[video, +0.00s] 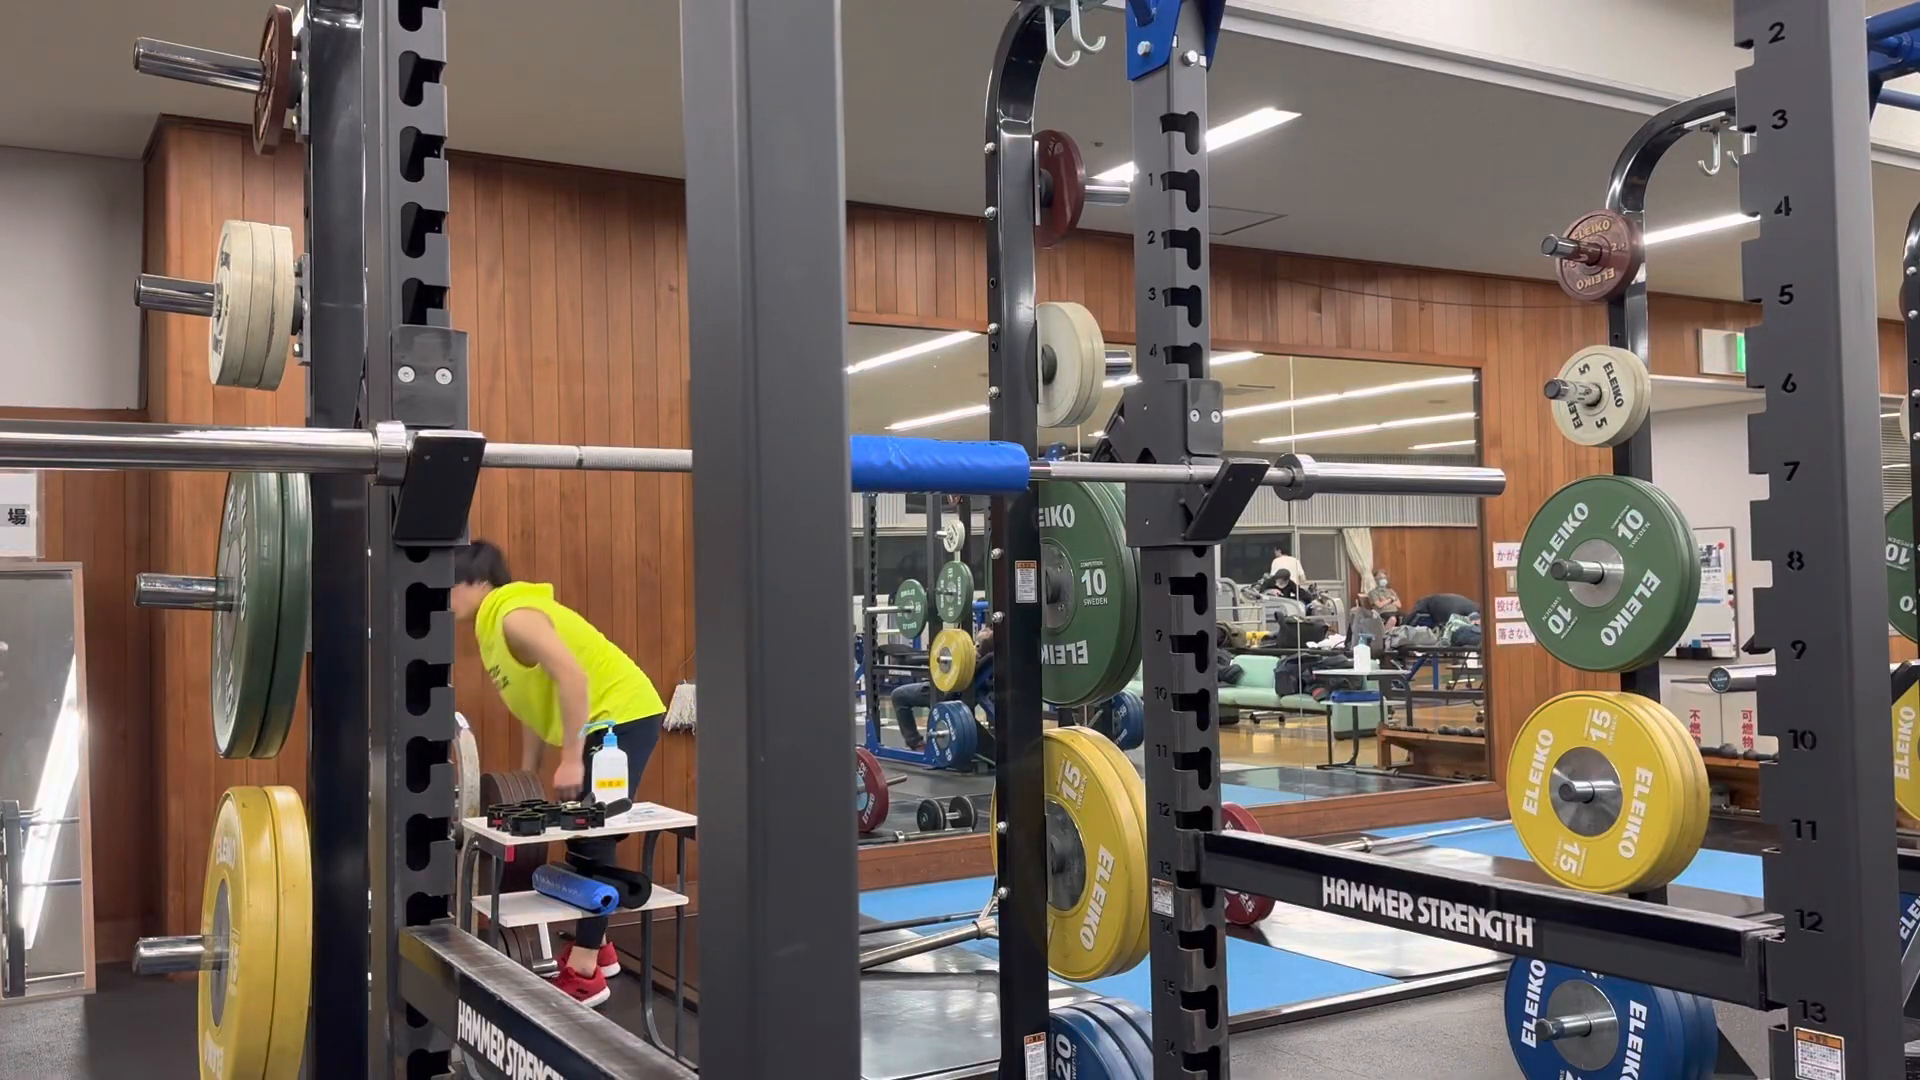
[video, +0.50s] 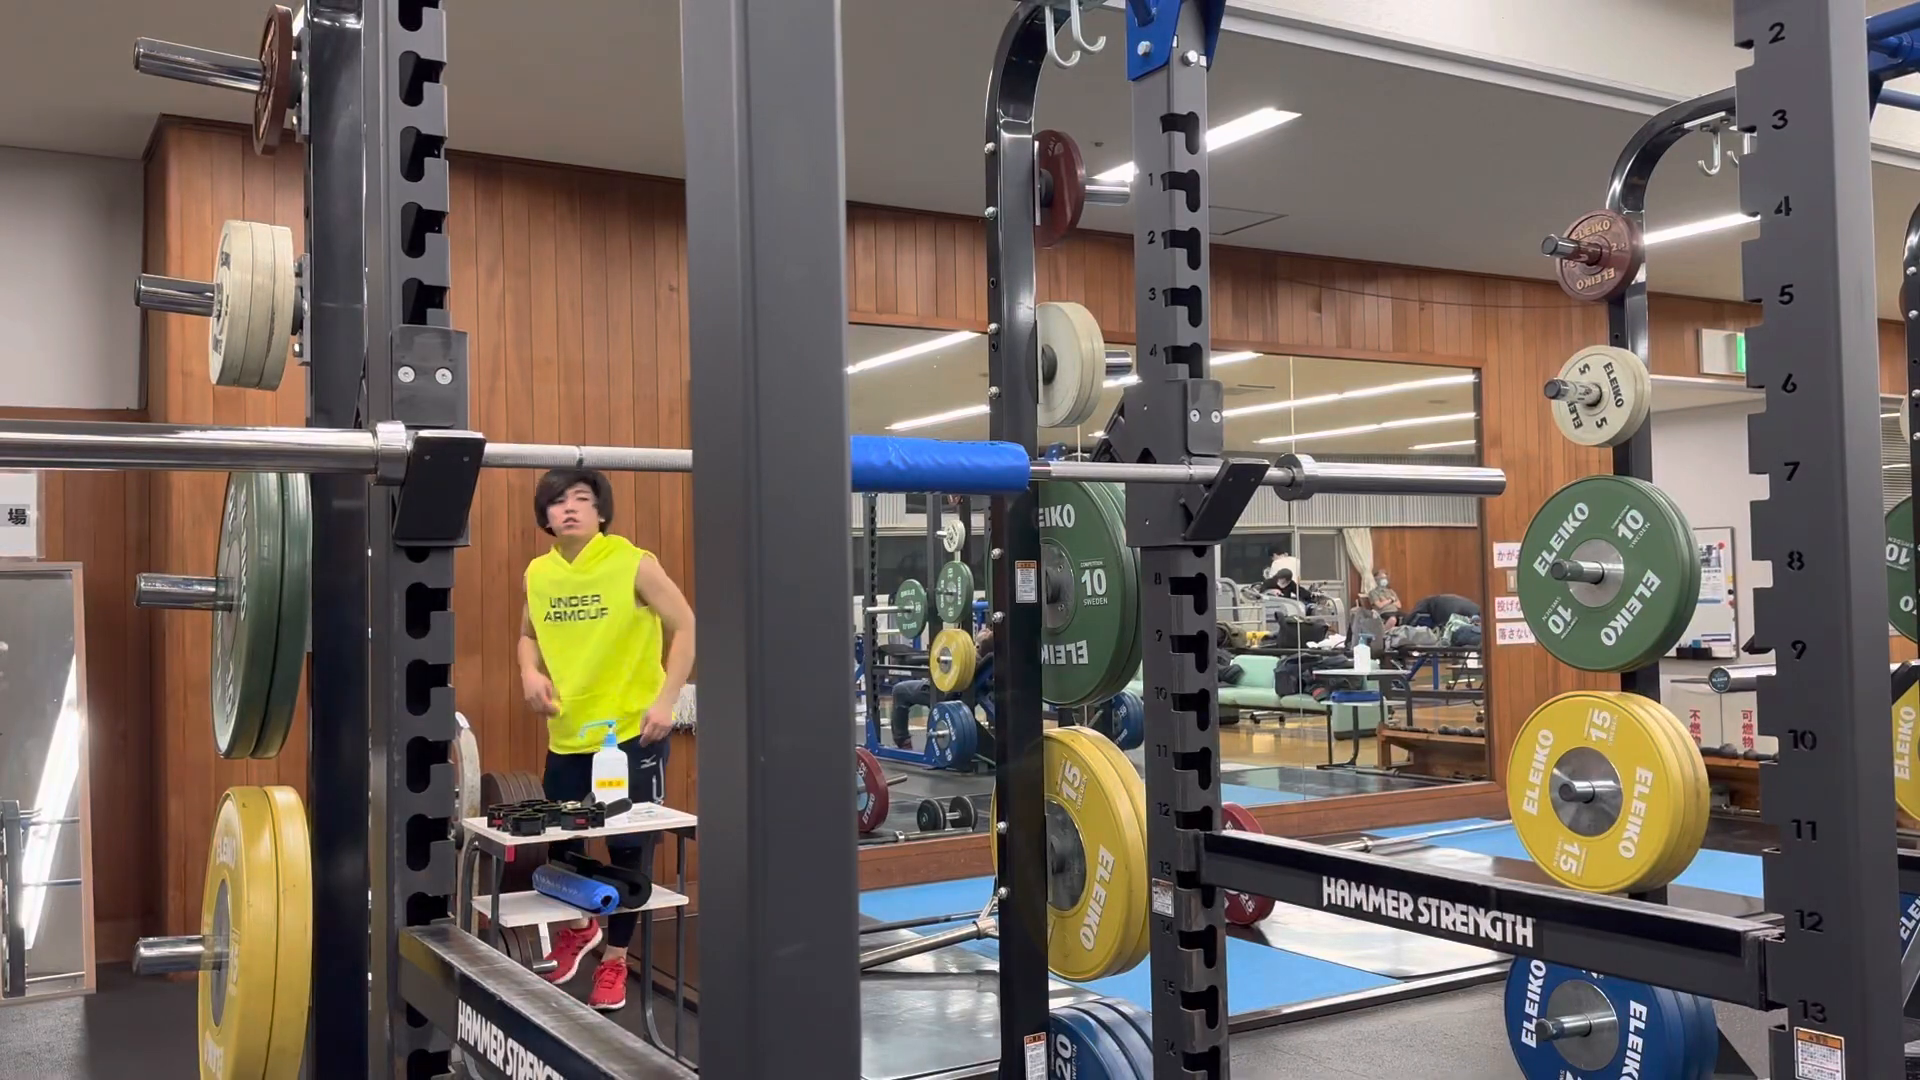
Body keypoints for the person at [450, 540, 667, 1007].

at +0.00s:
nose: (447, 597)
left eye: (452, 586)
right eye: (446, 587)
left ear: (478, 582)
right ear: (477, 584)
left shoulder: (514, 617)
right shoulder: (493, 625)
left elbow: (574, 677)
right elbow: (534, 697)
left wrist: (571, 758)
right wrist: (527, 769)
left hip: (621, 718)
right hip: (595, 721)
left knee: (592, 840)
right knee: (584, 837)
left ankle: (583, 967)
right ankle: (596, 946)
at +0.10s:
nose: (463, 557)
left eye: (473, 547)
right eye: (463, 548)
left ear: (505, 552)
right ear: (490, 555)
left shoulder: (541, 597)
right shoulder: (501, 608)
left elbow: (596, 655)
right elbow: (537, 684)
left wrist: (596, 734)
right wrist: (537, 754)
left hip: (619, 721)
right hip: (578, 725)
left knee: (594, 834)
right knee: (575, 835)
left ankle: (604, 962)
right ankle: (585, 946)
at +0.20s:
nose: (483, 542)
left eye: (496, 531)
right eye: (479, 535)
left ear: (529, 539)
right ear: (480, 547)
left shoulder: (556, 586)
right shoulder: (504, 602)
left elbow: (613, 649)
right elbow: (538, 670)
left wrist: (608, 726)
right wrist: (538, 731)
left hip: (615, 725)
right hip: (571, 733)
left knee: (598, 840)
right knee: (568, 840)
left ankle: (610, 958)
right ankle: (586, 943)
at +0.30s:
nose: (510, 526)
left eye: (522, 516)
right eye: (506, 521)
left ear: (553, 527)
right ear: (504, 536)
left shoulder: (580, 577)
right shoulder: (516, 593)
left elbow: (638, 643)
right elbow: (547, 656)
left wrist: (625, 725)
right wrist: (530, 711)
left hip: (611, 735)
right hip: (567, 740)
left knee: (605, 849)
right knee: (564, 843)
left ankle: (612, 959)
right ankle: (587, 938)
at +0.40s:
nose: (535, 515)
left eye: (549, 507)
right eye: (528, 510)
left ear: (576, 520)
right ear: (522, 527)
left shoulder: (603, 570)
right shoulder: (529, 582)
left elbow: (660, 638)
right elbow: (544, 645)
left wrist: (641, 717)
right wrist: (529, 696)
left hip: (617, 737)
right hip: (565, 738)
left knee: (615, 850)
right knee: (557, 843)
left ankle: (613, 957)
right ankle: (582, 930)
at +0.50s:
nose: (570, 507)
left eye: (581, 498)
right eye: (557, 501)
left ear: (602, 511)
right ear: (545, 516)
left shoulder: (633, 565)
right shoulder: (538, 576)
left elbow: (685, 624)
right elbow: (530, 636)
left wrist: (667, 700)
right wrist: (530, 672)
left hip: (631, 735)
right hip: (568, 736)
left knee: (627, 849)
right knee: (559, 842)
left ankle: (616, 953)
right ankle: (579, 921)